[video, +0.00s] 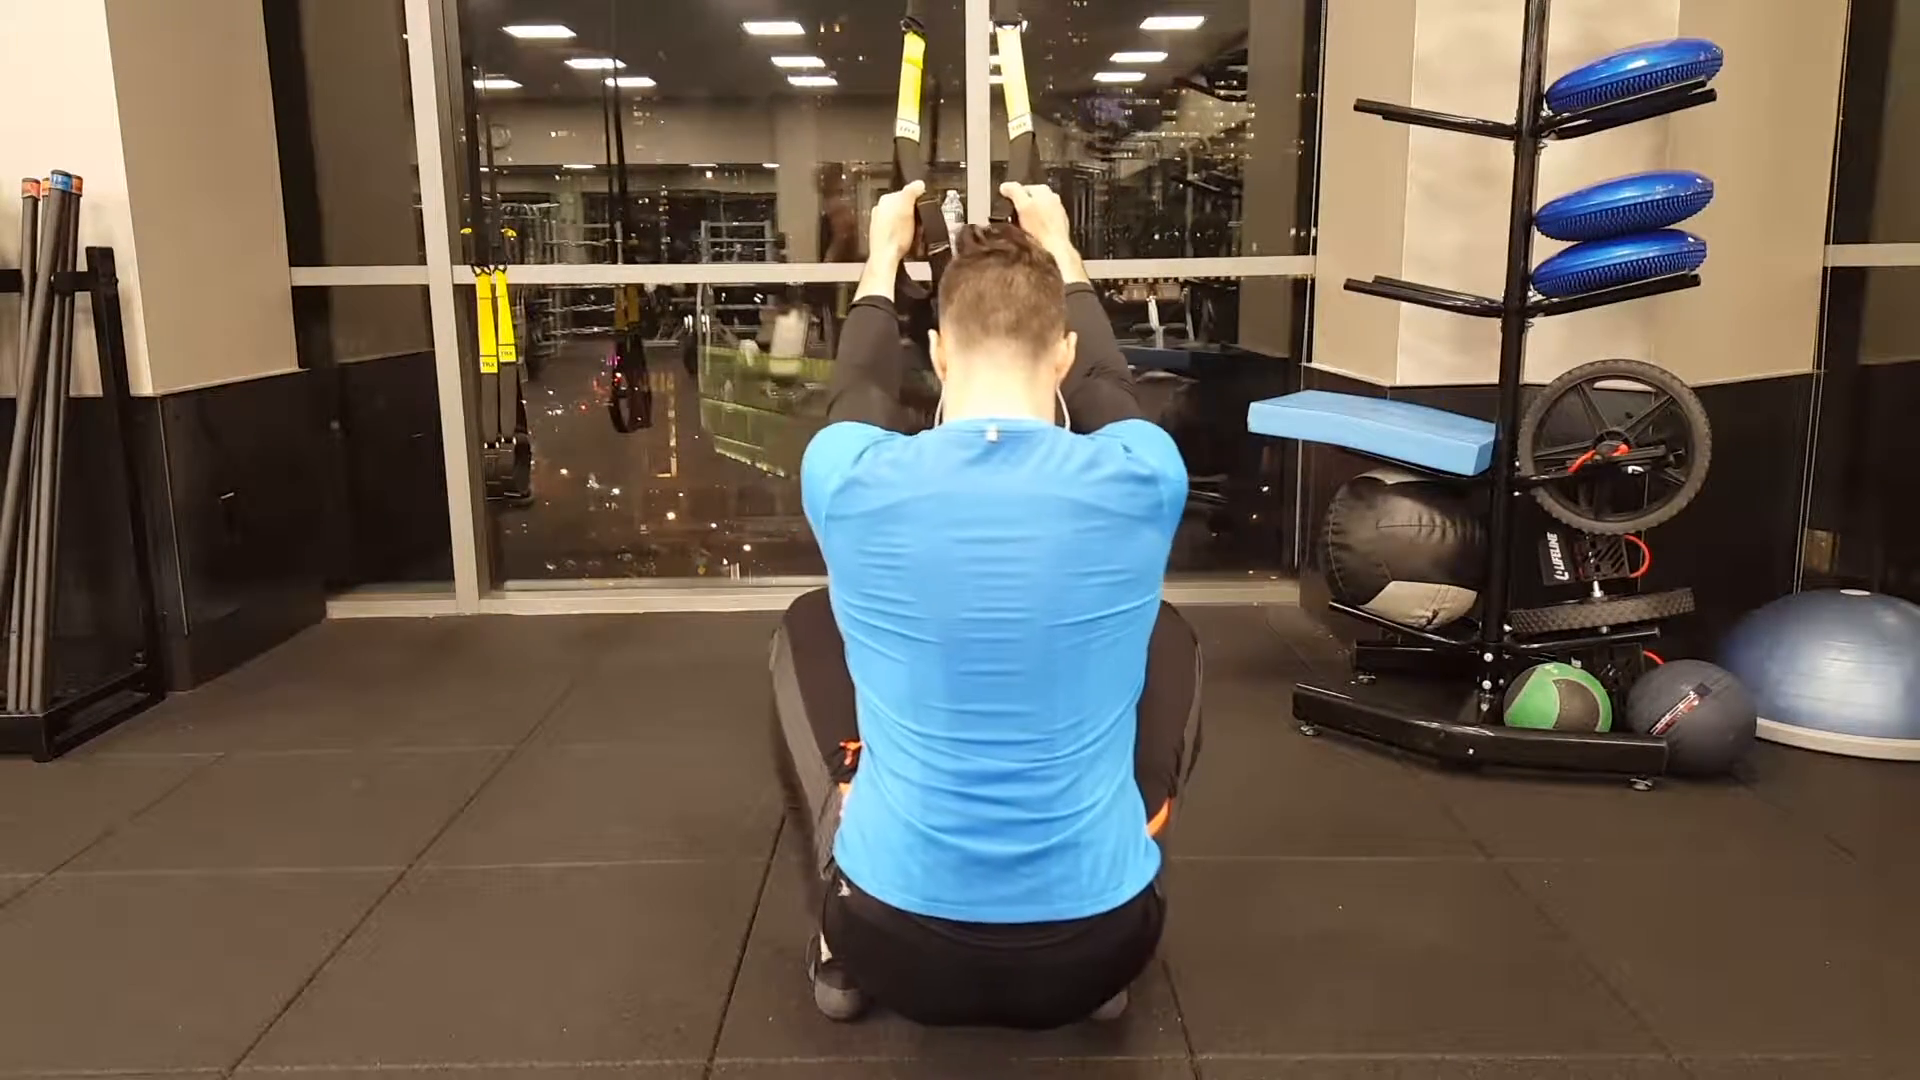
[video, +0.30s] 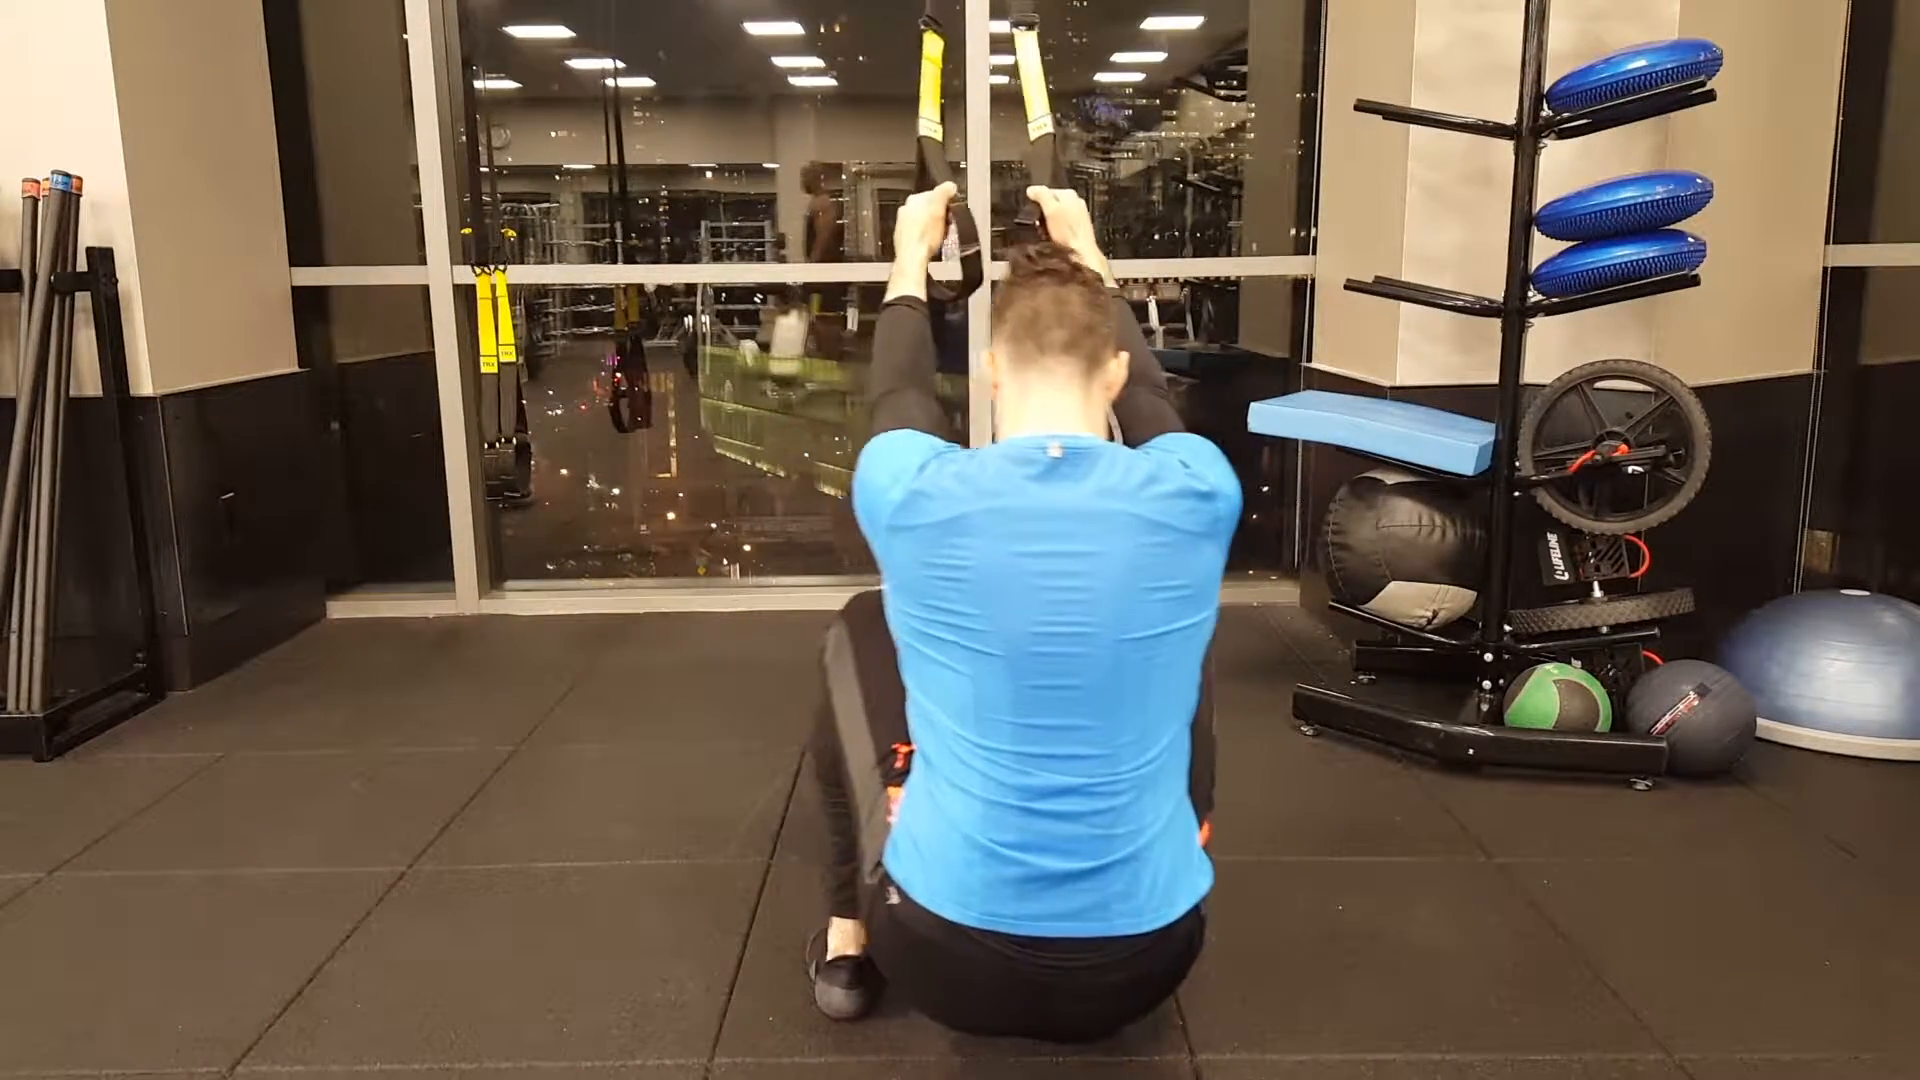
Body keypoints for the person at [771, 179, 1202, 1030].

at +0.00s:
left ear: (938, 352)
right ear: (1066, 359)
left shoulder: (848, 480)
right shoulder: (1142, 481)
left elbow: (859, 393)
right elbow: (1105, 381)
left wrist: (880, 269)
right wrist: (1065, 256)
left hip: (900, 953)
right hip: (1084, 958)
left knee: (811, 619)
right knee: (1168, 629)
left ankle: (839, 951)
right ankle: (1108, 978)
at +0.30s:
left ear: (989, 373)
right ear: (1116, 378)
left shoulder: (913, 494)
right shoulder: (1197, 498)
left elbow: (898, 389)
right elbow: (1144, 397)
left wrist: (908, 264)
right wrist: (1091, 266)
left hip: (950, 958)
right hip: (1136, 965)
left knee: (859, 624)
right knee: (1184, 618)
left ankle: (848, 936)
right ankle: (1190, 848)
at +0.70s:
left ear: (1096, 339)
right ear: (1224, 347)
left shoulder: (1019, 454)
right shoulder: (1305, 471)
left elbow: (955, 365)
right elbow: (1216, 368)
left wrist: (947, 262)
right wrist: (1145, 238)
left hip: (1019, 933)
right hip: (1201, 948)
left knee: (962, 622)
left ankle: (845, 787)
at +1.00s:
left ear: (1111, 362)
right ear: (1242, 373)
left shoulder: (1034, 481)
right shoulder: (1322, 488)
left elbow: (1000, 378)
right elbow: (1243, 398)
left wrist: (990, 252)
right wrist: (1165, 253)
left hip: (1059, 959)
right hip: (1240, 967)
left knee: (1006, 671)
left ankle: (952, 725)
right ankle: (958, 730)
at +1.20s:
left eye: (1112, 350)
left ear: (1112, 360)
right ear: (1242, 369)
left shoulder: (1036, 487)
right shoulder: (1326, 490)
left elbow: (987, 375)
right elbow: (1231, 391)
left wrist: (971, 257)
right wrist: (1157, 255)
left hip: (1068, 959)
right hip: (1250, 967)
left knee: (1001, 634)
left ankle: (979, 740)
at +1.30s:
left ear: (1116, 369)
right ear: (1246, 378)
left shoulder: (1040, 495)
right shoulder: (1326, 497)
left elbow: (990, 381)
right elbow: (1233, 396)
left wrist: (974, 262)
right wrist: (1164, 264)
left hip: (1070, 966)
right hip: (1248, 972)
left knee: (1008, 635)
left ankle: (985, 748)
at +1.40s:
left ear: (1120, 377)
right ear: (1250, 386)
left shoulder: (1043, 503)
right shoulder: (1327, 505)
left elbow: (1003, 384)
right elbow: (1238, 403)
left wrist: (987, 265)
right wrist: (1167, 267)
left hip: (1069, 971)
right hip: (1247, 976)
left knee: (1020, 637)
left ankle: (987, 748)